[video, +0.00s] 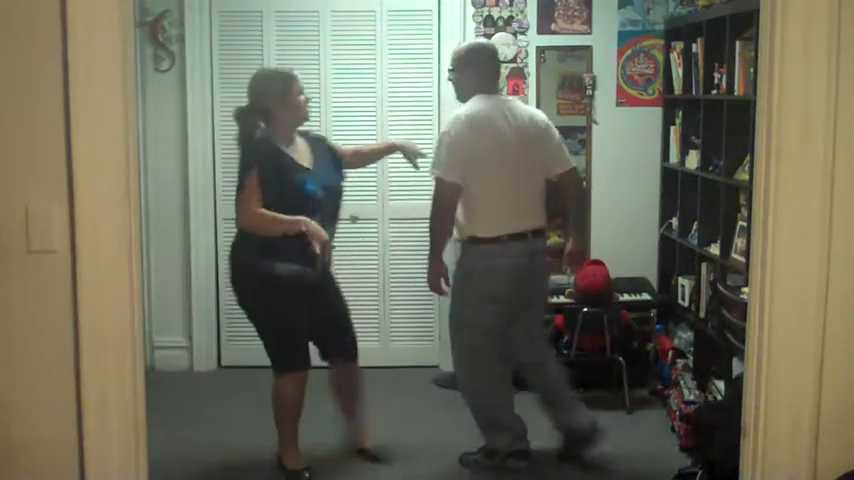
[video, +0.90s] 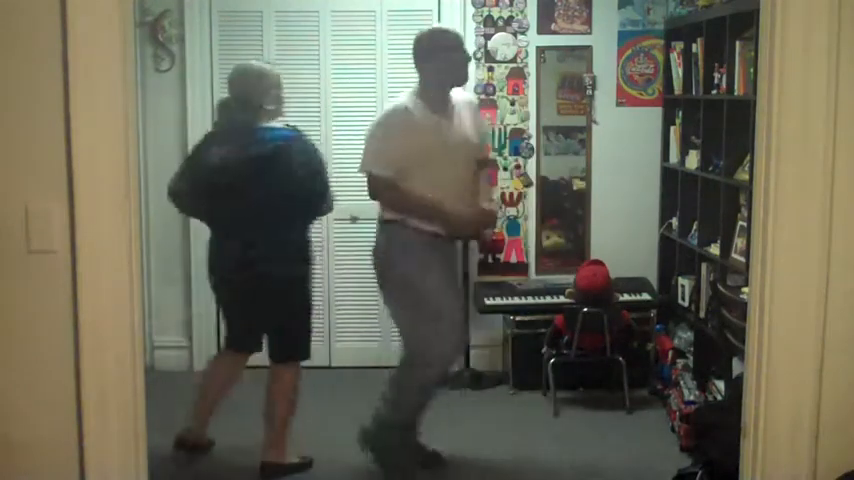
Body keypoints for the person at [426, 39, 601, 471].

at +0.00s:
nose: (452, 79)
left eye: (456, 72)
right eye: (452, 72)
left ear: (473, 73)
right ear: (495, 72)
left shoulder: (460, 125)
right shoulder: (534, 119)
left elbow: (445, 199)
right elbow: (573, 185)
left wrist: (434, 258)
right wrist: (576, 239)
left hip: (485, 256)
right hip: (533, 252)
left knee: (477, 357)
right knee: (530, 343)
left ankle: (504, 446)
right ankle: (578, 426)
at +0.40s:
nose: (437, 87)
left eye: (441, 79)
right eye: (439, 80)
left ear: (462, 80)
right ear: (481, 81)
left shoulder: (461, 127)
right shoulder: (519, 123)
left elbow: (452, 192)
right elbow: (547, 186)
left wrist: (439, 255)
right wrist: (532, 228)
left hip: (495, 261)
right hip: (534, 254)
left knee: (453, 345)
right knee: (541, 351)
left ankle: (451, 441)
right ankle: (586, 445)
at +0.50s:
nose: (421, 89)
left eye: (428, 81)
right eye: (423, 81)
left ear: (450, 82)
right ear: (457, 82)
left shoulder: (464, 127)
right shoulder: (476, 123)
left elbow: (479, 191)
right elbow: (480, 191)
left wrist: (458, 253)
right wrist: (445, 232)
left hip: (488, 260)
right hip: (497, 258)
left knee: (448, 350)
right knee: (505, 350)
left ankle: (448, 442)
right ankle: (569, 419)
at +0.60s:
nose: (408, 92)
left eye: (415, 84)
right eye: (409, 85)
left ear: (441, 85)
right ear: (432, 88)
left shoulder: (474, 128)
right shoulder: (441, 137)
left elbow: (521, 183)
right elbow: (439, 205)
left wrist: (488, 247)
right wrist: (399, 244)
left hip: (480, 267)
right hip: (447, 265)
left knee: (452, 356)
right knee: (422, 341)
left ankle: (448, 444)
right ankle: (516, 375)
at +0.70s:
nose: (418, 86)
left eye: (426, 77)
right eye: (413, 78)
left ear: (446, 80)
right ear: (409, 83)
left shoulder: (487, 125)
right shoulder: (405, 141)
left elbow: (533, 174)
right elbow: (394, 203)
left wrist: (504, 231)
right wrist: (390, 253)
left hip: (475, 261)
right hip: (424, 256)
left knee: (451, 360)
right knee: (395, 336)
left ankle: (446, 443)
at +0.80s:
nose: (442, 73)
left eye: (448, 64)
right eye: (432, 65)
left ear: (456, 67)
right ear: (416, 70)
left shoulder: (482, 114)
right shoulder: (395, 127)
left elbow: (511, 169)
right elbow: (378, 194)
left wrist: (500, 211)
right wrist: (411, 234)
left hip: (468, 247)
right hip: (415, 245)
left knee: (461, 348)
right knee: (419, 335)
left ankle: (434, 439)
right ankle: (387, 389)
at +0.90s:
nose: (465, 64)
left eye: (465, 56)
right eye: (455, 56)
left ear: (459, 64)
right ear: (426, 62)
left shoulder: (466, 113)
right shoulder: (398, 119)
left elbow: (481, 166)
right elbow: (378, 186)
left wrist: (479, 210)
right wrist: (447, 215)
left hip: (447, 245)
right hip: (406, 243)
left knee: (447, 344)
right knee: (433, 343)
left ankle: (402, 434)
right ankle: (386, 432)